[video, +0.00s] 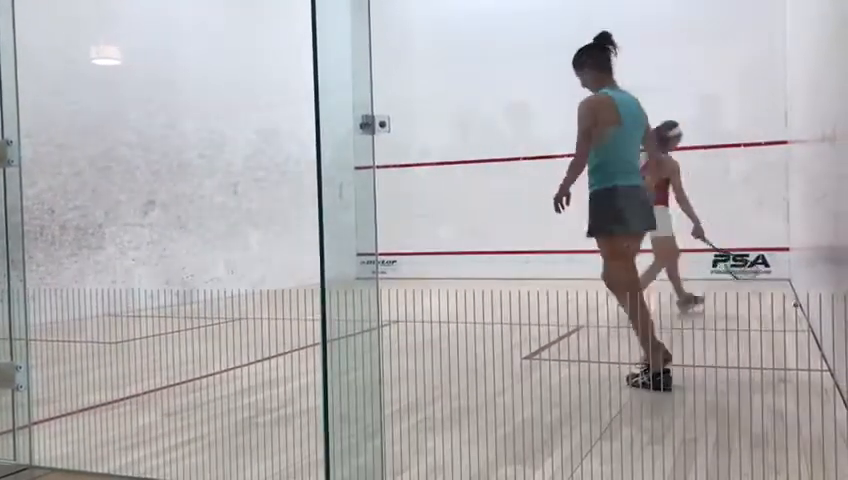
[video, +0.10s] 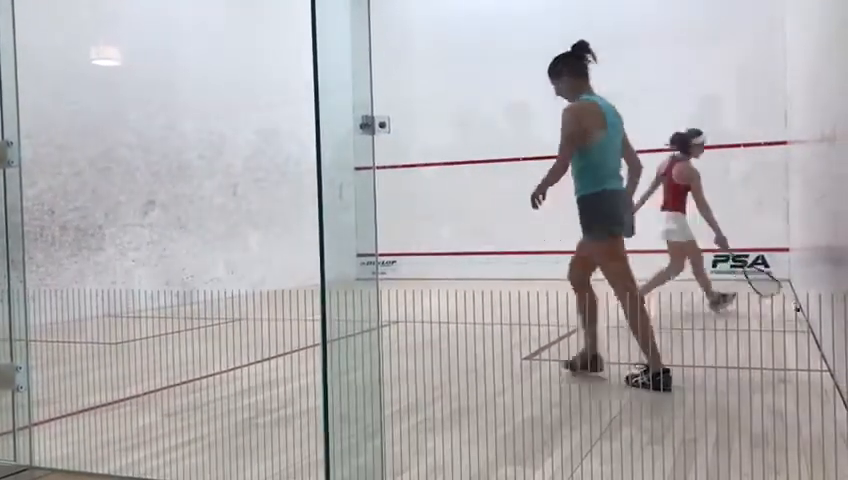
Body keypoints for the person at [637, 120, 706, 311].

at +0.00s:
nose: (678, 143)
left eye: (678, 138)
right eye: (676, 139)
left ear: (659, 139)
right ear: (670, 140)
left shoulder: (646, 160)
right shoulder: (669, 164)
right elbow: (680, 196)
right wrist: (696, 222)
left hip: (647, 210)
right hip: (660, 212)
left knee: (671, 254)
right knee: (664, 256)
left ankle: (682, 296)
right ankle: (634, 292)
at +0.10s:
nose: (703, 149)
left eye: (703, 145)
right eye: (700, 145)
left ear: (686, 146)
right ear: (691, 147)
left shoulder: (667, 164)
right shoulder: (690, 171)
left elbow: (650, 190)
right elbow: (702, 206)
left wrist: (632, 210)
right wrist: (718, 233)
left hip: (668, 221)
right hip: (677, 222)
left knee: (696, 257)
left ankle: (712, 297)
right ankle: (638, 294)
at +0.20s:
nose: (727, 162)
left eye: (727, 159)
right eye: (723, 159)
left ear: (710, 160)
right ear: (712, 161)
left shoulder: (691, 175)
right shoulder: (709, 185)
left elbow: (673, 195)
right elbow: (721, 221)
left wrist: (655, 214)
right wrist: (735, 250)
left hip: (686, 230)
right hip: (692, 232)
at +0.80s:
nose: (757, 140)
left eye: (759, 136)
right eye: (753, 137)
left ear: (759, 138)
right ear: (742, 137)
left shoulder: (759, 158)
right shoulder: (730, 160)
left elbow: (759, 181)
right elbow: (715, 188)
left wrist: (765, 191)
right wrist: (716, 218)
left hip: (751, 211)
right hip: (732, 212)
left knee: (747, 258)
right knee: (740, 259)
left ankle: (730, 297)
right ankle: (754, 304)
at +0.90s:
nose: (755, 136)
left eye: (757, 133)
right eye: (750, 132)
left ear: (760, 135)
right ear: (740, 135)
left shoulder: (763, 155)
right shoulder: (732, 160)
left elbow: (764, 183)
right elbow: (721, 192)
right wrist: (721, 221)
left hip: (759, 211)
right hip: (738, 212)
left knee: (765, 260)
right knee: (744, 259)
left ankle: (742, 292)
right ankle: (753, 303)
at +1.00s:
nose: (758, 135)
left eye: (760, 131)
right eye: (752, 131)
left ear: (763, 134)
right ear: (743, 134)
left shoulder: (768, 155)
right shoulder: (735, 160)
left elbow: (775, 183)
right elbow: (726, 194)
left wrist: (767, 185)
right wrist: (724, 225)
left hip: (764, 213)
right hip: (742, 214)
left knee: (778, 259)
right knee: (748, 264)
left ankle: (759, 292)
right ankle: (758, 303)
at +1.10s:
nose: (759, 136)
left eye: (763, 132)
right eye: (755, 133)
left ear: (766, 135)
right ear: (746, 136)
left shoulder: (774, 158)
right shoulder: (738, 163)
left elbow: (783, 185)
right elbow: (730, 196)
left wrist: (775, 188)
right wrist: (730, 226)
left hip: (769, 212)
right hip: (746, 214)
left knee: (784, 257)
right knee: (751, 263)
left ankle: (780, 302)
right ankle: (758, 305)